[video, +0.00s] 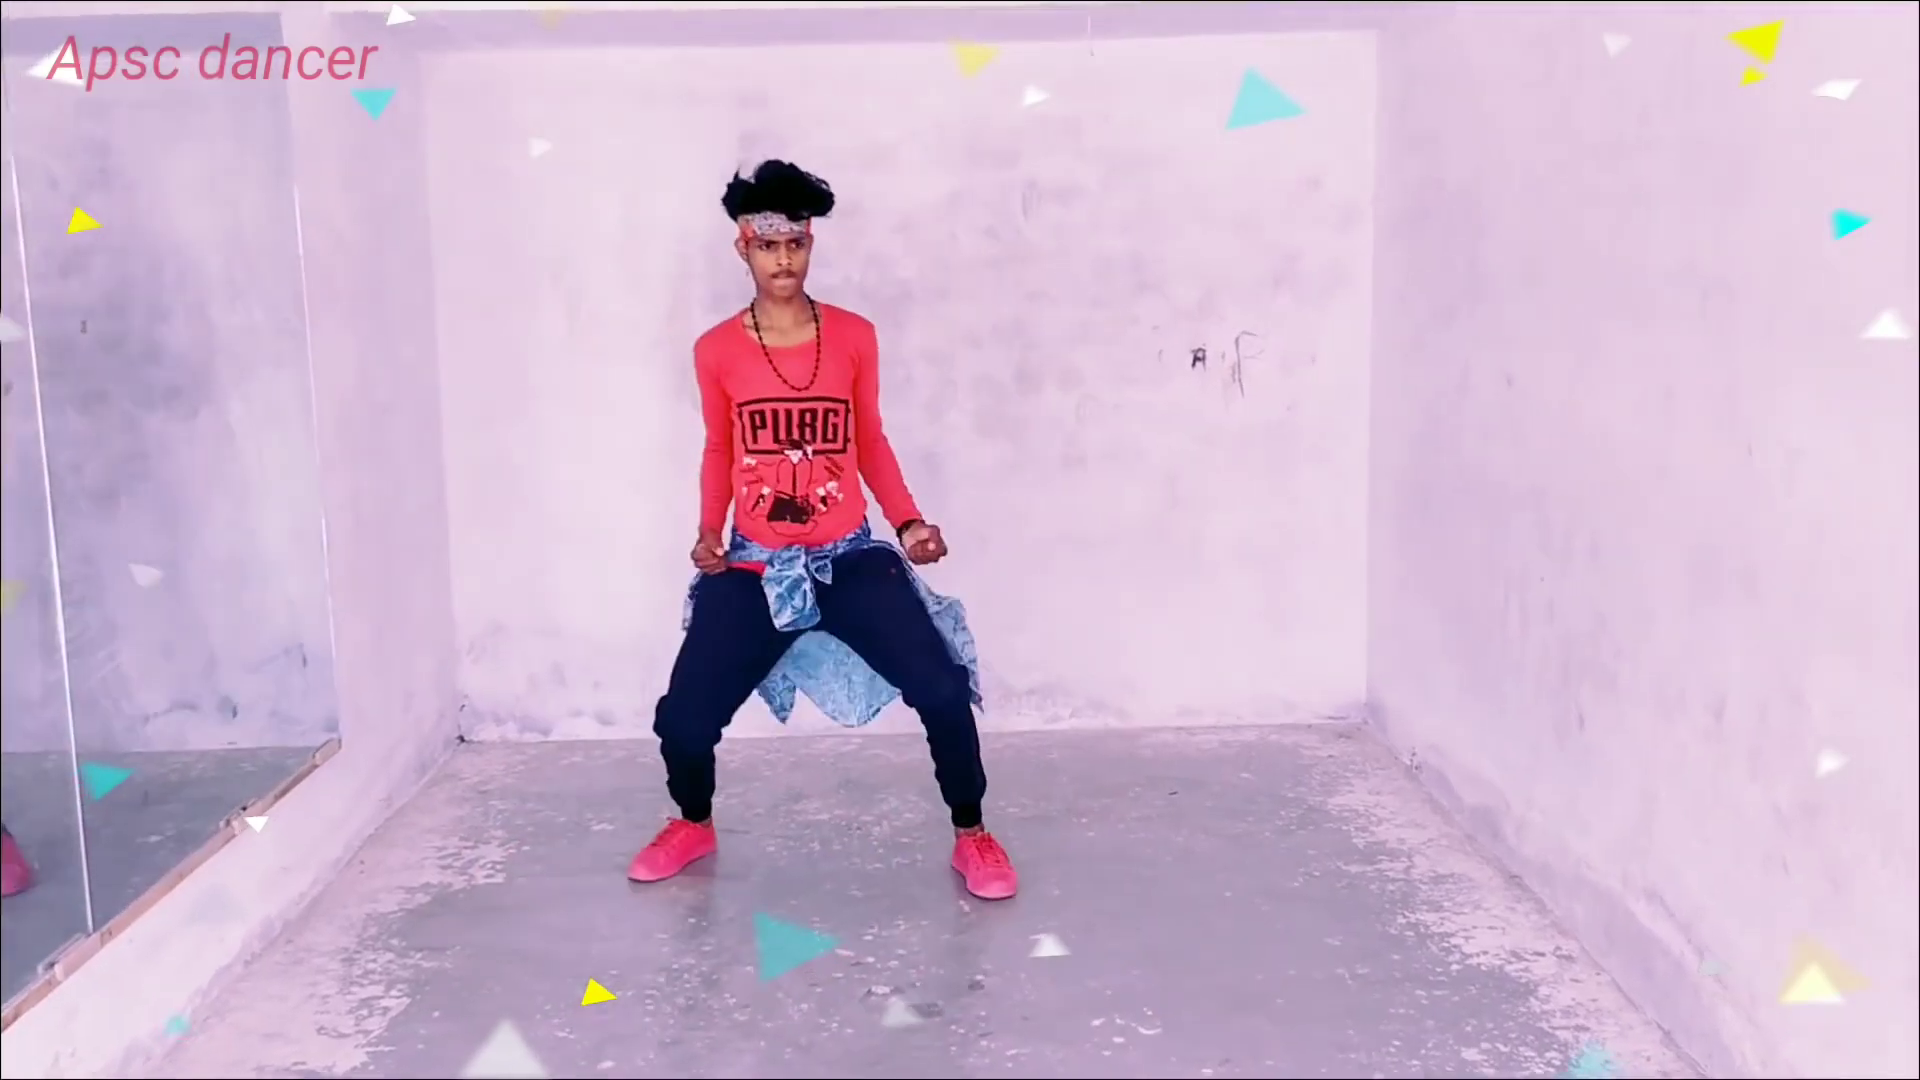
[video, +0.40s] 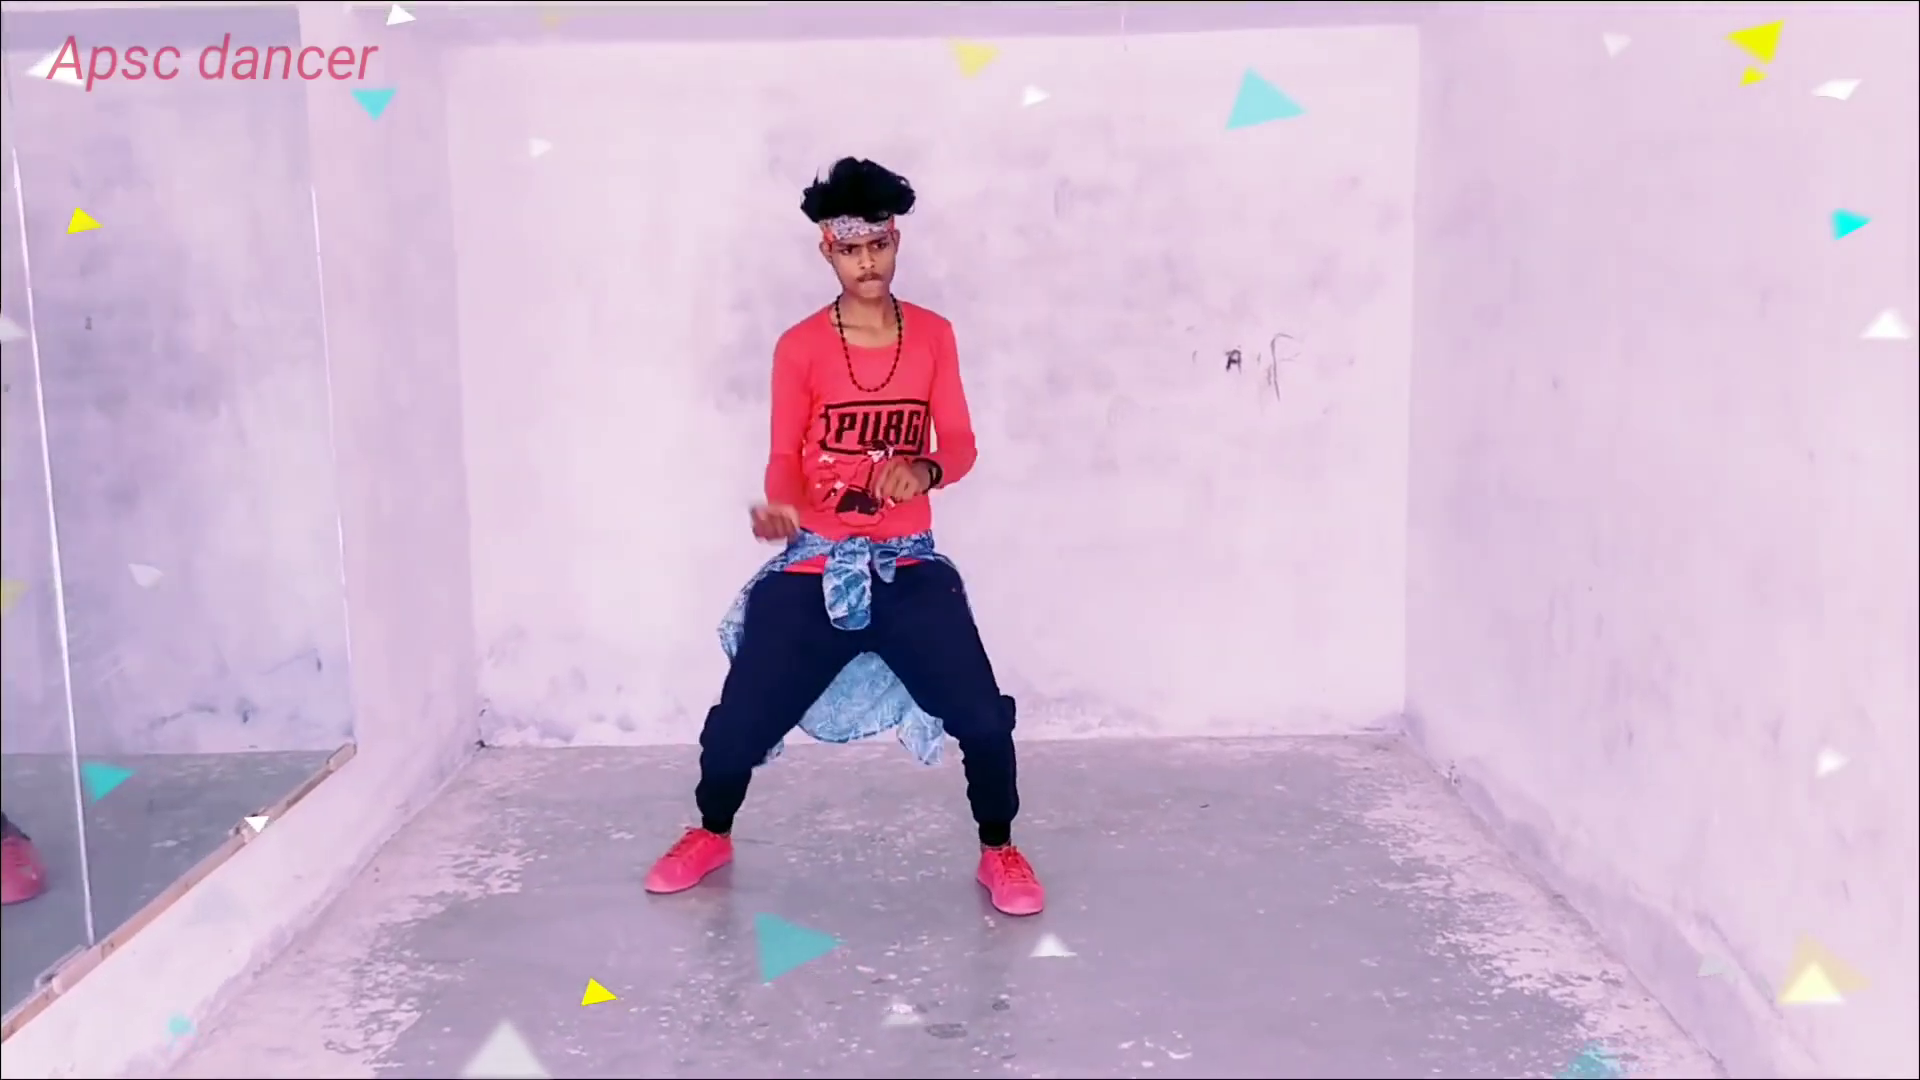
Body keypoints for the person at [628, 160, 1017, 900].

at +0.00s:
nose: (784, 259)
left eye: (796, 242)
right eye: (769, 244)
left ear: (812, 248)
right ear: (743, 249)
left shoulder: (853, 337)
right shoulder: (716, 350)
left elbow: (869, 440)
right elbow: (720, 446)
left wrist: (908, 522)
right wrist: (710, 530)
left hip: (847, 561)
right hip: (752, 566)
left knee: (944, 691)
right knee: (683, 721)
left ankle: (973, 835)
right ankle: (693, 825)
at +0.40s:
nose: (867, 263)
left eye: (878, 244)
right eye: (849, 248)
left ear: (897, 244)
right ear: (827, 251)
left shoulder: (931, 336)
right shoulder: (799, 348)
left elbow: (960, 446)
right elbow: (785, 461)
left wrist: (925, 471)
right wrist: (781, 510)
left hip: (910, 570)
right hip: (814, 570)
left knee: (985, 721)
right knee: (730, 735)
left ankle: (1000, 852)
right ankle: (711, 836)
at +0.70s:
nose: (878, 226)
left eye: (892, 208)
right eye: (861, 209)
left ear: (910, 210)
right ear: (832, 210)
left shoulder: (944, 301)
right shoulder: (816, 283)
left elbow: (1048, 375)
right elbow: (750, 228)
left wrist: (1151, 452)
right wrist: (796, 177)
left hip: (932, 549)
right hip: (841, 543)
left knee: (967, 714)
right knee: (724, 668)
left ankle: (1000, 863)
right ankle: (720, 830)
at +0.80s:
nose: (878, 239)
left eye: (893, 221)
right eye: (861, 222)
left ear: (912, 220)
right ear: (833, 220)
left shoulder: (947, 313)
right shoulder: (815, 293)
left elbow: (1046, 392)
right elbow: (735, 236)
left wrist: (1150, 470)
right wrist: (804, 190)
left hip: (927, 562)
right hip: (834, 556)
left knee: (970, 731)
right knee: (727, 704)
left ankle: (1000, 871)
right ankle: (720, 852)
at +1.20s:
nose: (853, 262)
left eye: (866, 244)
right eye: (834, 245)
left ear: (884, 247)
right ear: (806, 250)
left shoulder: (919, 342)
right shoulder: (783, 332)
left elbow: (1012, 435)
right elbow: (702, 343)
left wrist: (1115, 520)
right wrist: (721, 270)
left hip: (899, 598)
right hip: (804, 592)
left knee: (951, 771)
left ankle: (1003, 896)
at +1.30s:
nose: (826, 268)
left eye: (841, 249)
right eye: (809, 252)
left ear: (863, 246)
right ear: (788, 252)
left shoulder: (903, 340)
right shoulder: (773, 345)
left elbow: (952, 449)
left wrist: (1004, 553)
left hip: (897, 553)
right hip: (800, 558)